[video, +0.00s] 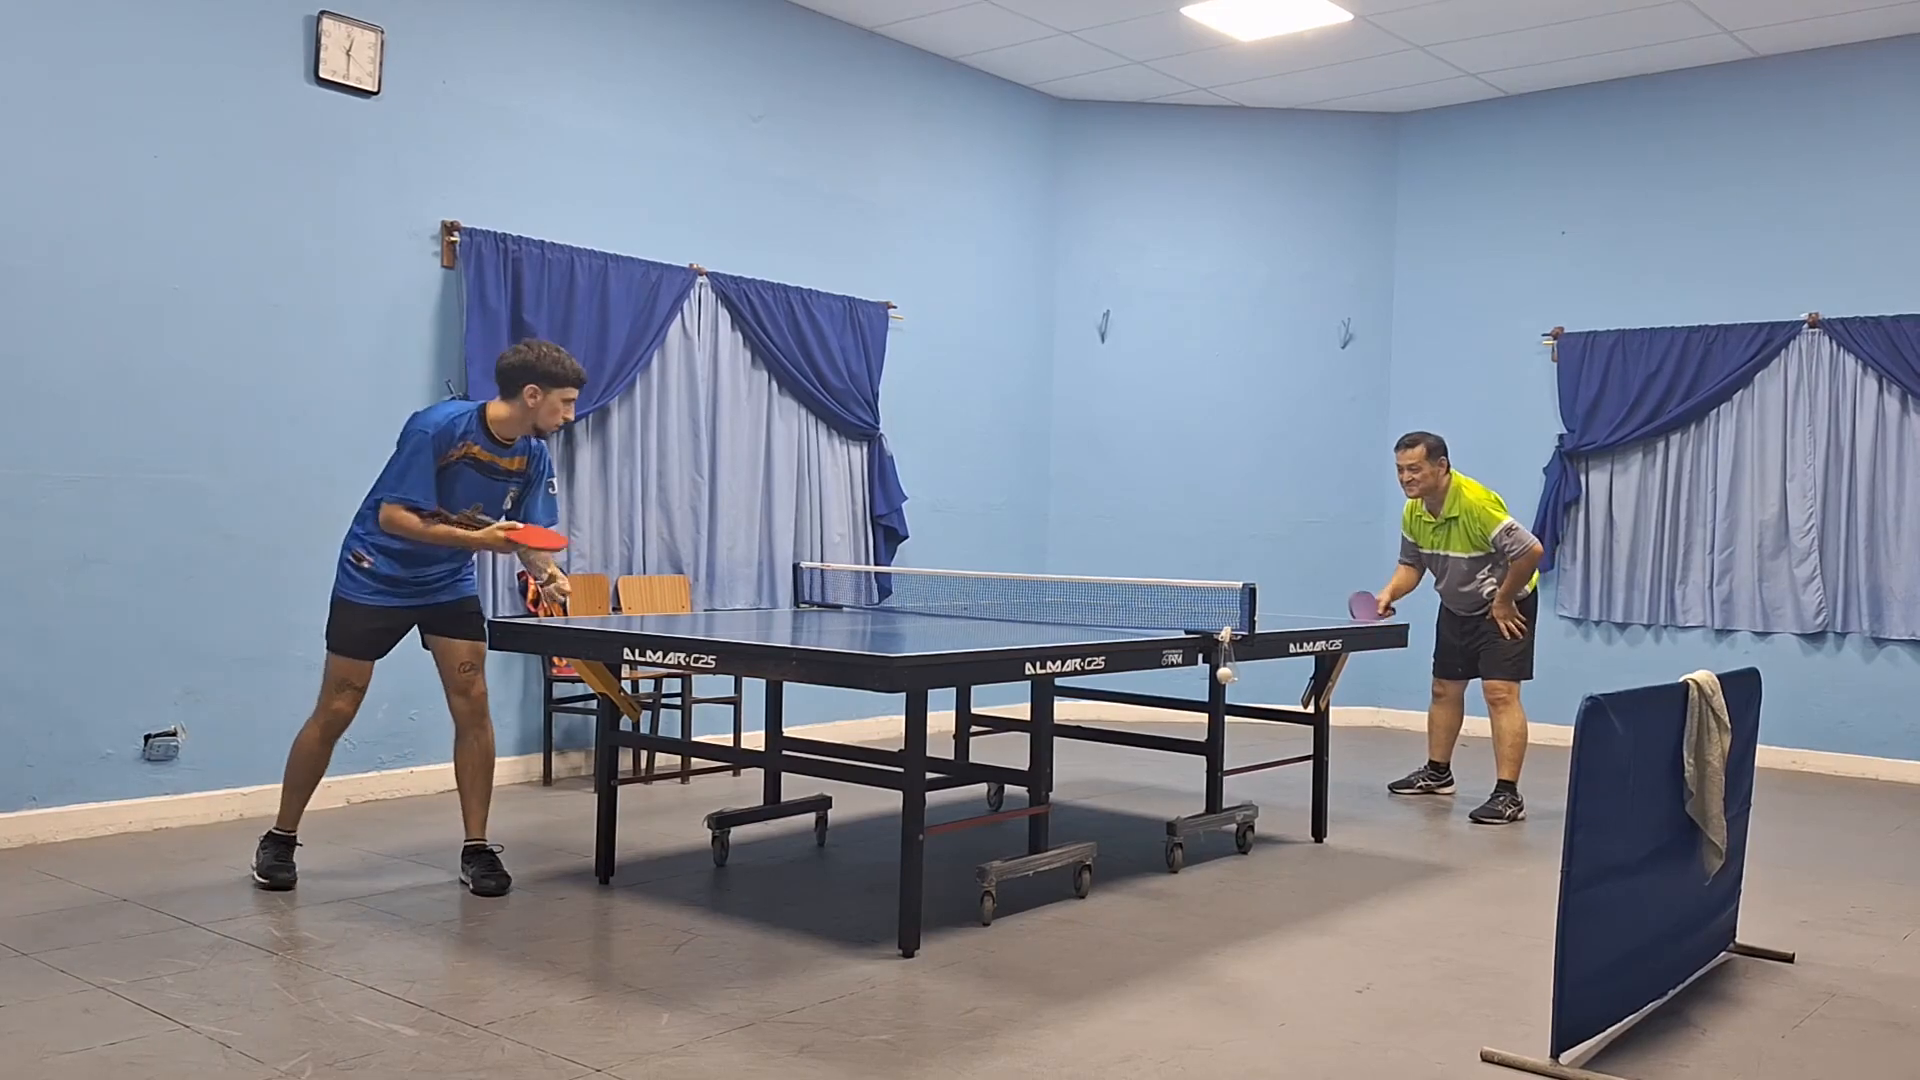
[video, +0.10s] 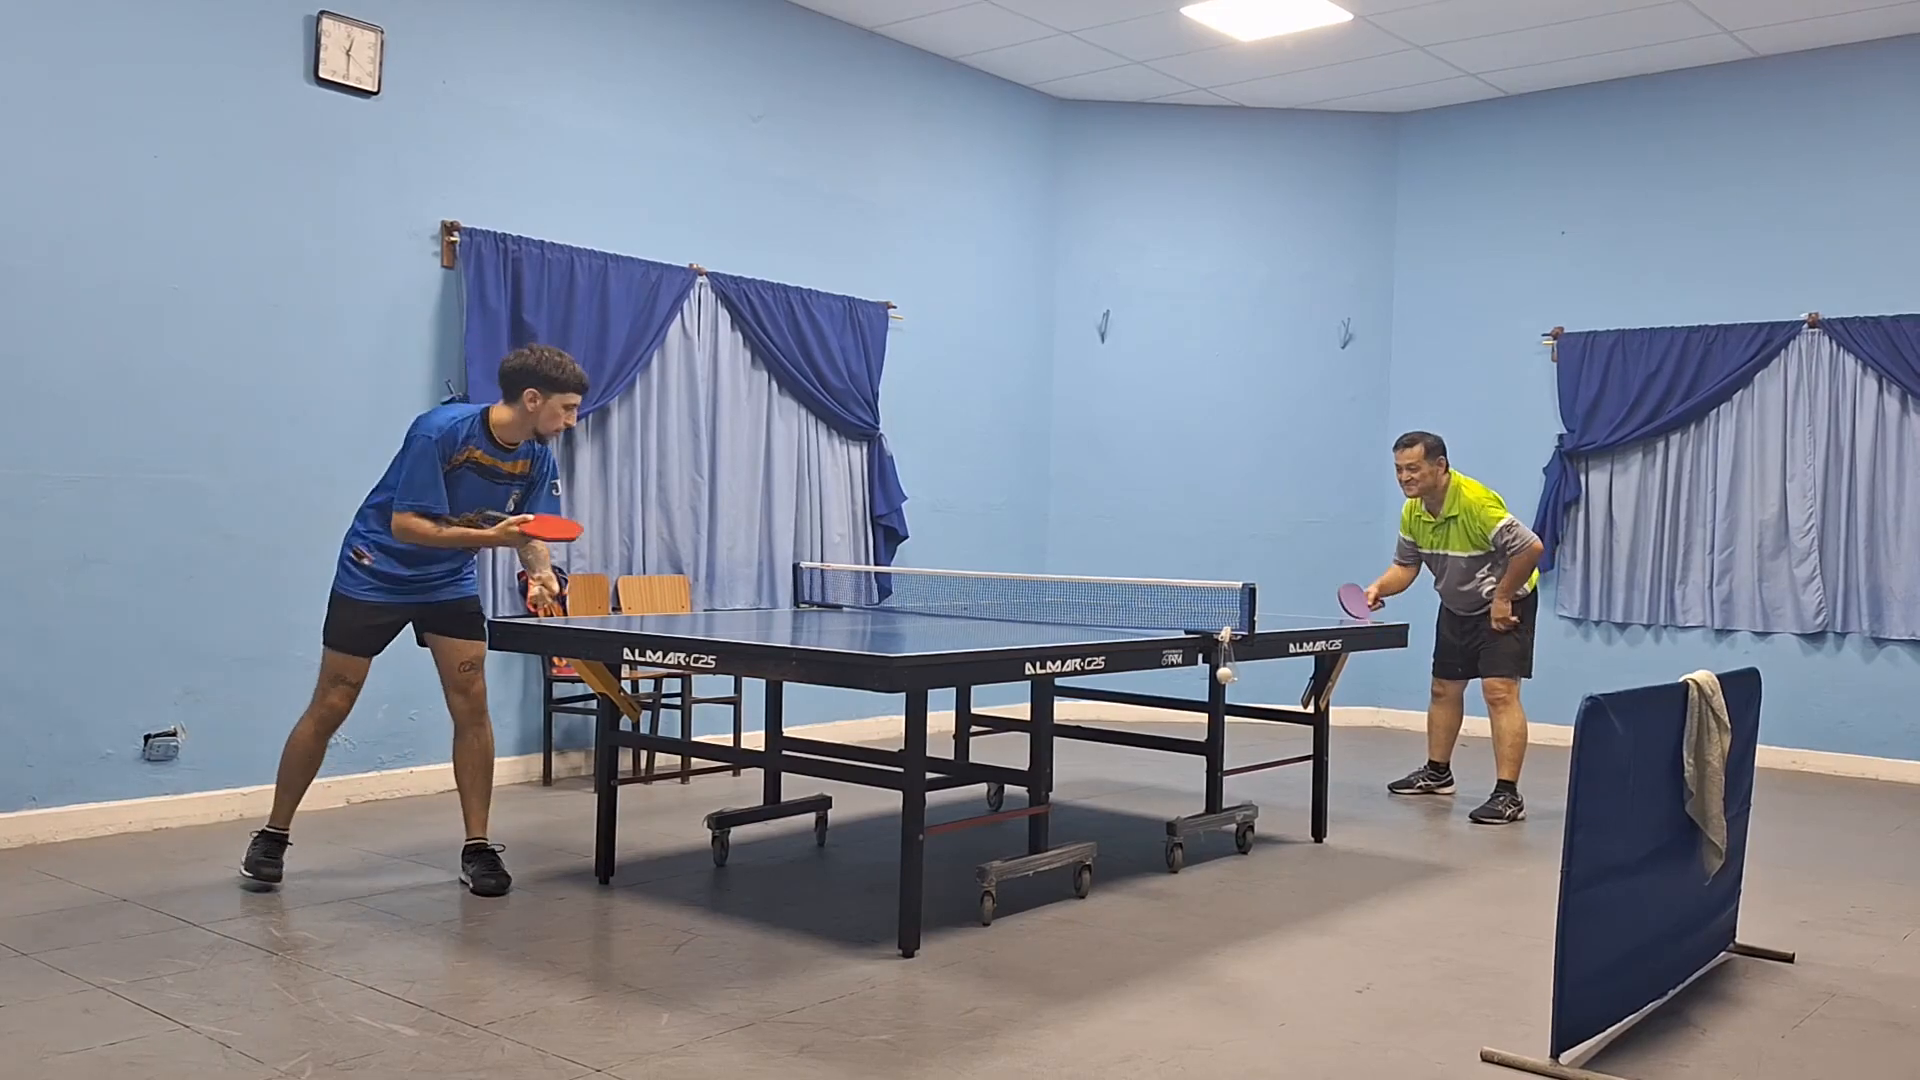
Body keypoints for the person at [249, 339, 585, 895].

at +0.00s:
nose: (570, 416)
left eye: (574, 404)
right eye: (566, 403)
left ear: (536, 399)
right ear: (531, 395)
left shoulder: (534, 458)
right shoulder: (436, 429)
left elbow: (528, 536)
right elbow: (391, 516)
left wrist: (547, 574)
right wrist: (472, 540)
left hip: (449, 580)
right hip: (374, 577)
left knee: (471, 696)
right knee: (337, 709)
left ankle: (477, 847)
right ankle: (281, 839)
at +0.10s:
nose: (573, 420)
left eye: (575, 409)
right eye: (567, 409)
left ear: (539, 404)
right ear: (531, 400)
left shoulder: (538, 456)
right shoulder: (438, 433)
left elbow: (527, 528)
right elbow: (405, 525)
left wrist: (541, 570)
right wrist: (491, 537)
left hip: (450, 577)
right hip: (374, 573)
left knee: (471, 697)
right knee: (332, 704)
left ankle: (478, 846)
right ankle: (273, 836)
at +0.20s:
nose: (564, 428)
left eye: (567, 416)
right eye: (557, 416)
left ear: (529, 409)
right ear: (517, 405)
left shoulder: (537, 461)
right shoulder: (432, 439)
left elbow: (543, 536)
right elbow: (402, 535)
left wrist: (537, 573)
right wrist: (485, 540)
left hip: (446, 578)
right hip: (371, 574)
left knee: (477, 694)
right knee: (325, 705)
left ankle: (479, 846)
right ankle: (263, 838)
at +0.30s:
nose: (541, 434)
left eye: (546, 423)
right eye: (533, 421)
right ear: (492, 410)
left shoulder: (527, 466)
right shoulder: (414, 448)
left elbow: (552, 542)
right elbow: (386, 543)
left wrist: (535, 575)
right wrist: (465, 549)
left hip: (443, 585)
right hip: (365, 582)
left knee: (485, 693)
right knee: (317, 716)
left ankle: (481, 846)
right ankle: (253, 843)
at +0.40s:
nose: (512, 431)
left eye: (516, 419)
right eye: (503, 417)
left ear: (512, 417)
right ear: (461, 408)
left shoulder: (504, 462)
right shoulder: (387, 451)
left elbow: (545, 537)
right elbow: (361, 546)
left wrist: (529, 573)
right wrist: (432, 554)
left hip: (436, 590)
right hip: (354, 590)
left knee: (483, 695)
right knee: (310, 719)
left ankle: (480, 847)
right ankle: (248, 845)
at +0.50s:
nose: (483, 412)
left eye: (488, 400)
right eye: (472, 400)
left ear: (489, 397)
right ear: (432, 393)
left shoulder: (485, 451)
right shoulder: (363, 440)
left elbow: (531, 525)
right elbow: (334, 532)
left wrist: (521, 562)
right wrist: (395, 545)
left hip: (428, 586)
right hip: (343, 585)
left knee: (470, 695)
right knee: (300, 717)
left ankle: (478, 846)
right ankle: (246, 846)